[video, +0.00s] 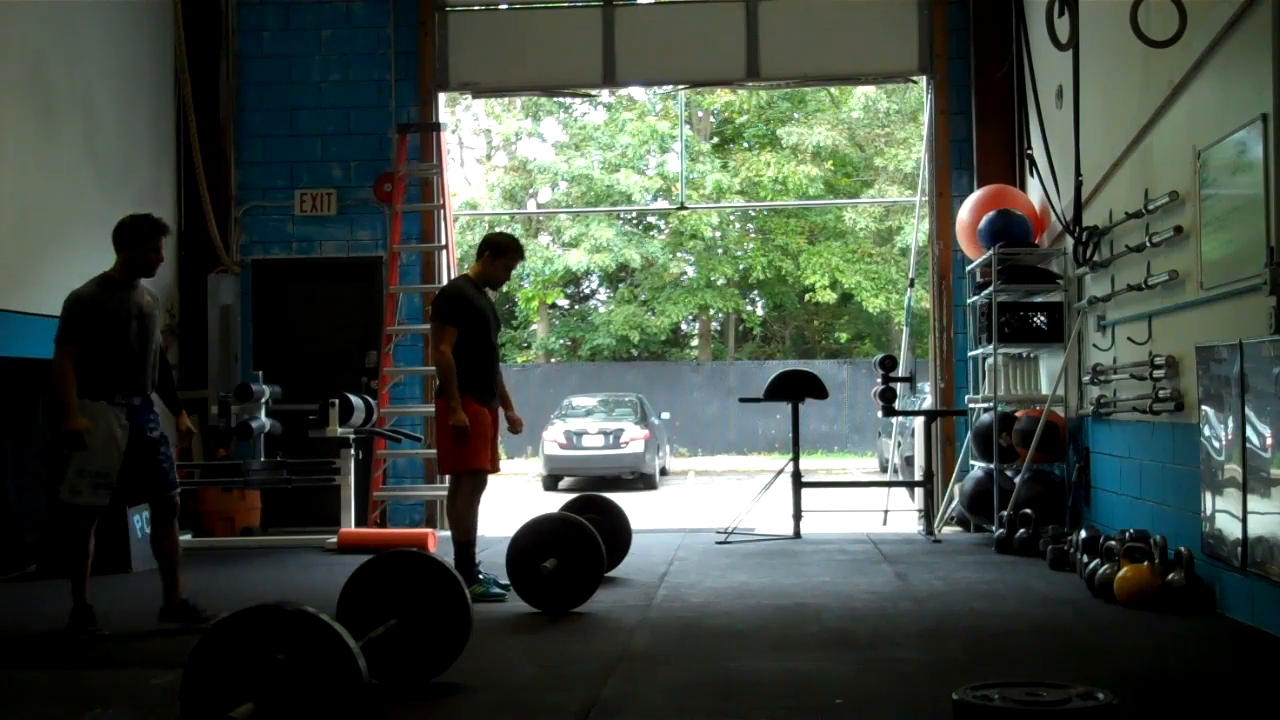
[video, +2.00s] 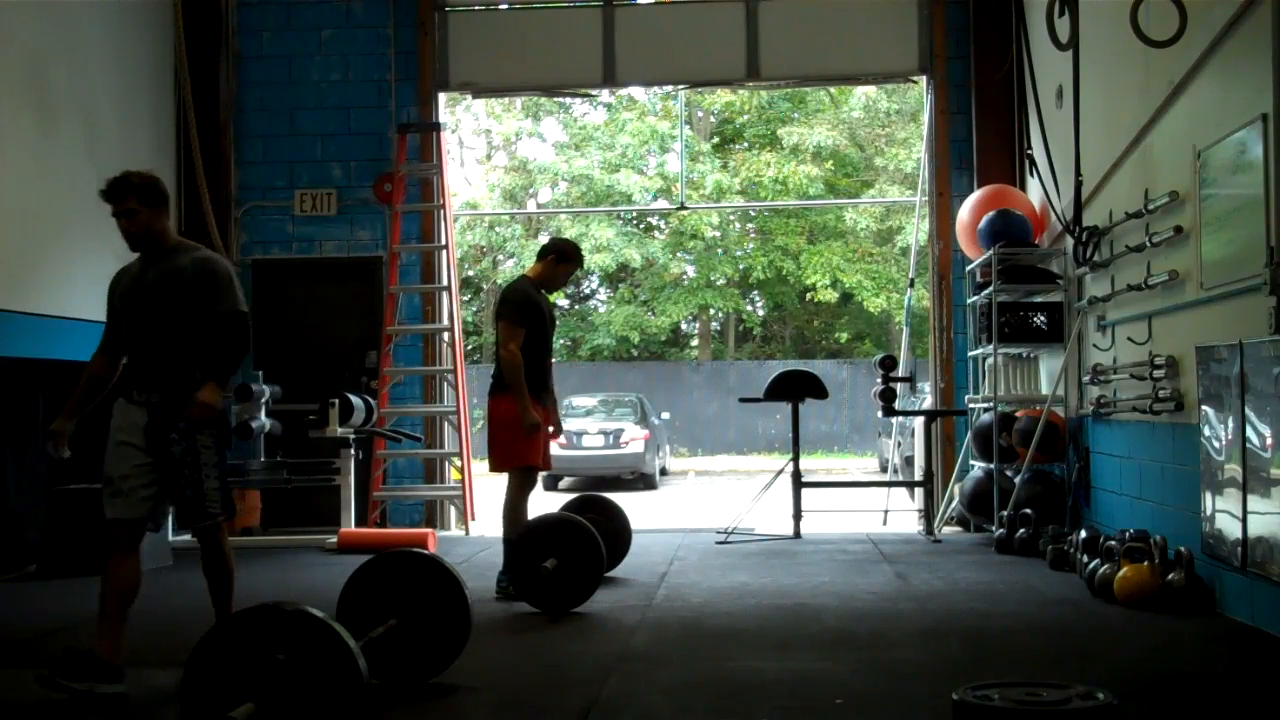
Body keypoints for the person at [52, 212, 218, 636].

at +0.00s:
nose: (161, 257)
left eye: (162, 249)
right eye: (155, 249)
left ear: (142, 251)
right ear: (130, 249)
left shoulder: (151, 302)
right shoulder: (85, 299)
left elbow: (158, 366)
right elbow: (63, 360)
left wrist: (179, 413)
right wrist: (72, 414)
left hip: (144, 417)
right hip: (96, 419)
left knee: (166, 505)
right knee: (88, 514)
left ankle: (174, 601)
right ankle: (80, 607)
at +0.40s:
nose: (219, 255)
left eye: (221, 248)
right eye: (212, 247)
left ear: (220, 252)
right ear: (189, 246)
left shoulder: (212, 301)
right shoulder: (147, 293)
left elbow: (221, 365)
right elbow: (123, 355)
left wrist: (229, 416)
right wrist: (134, 408)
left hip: (199, 414)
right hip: (157, 412)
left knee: (193, 513)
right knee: (154, 508)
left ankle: (198, 605)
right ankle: (116, 590)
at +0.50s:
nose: (225, 255)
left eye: (229, 247)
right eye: (218, 247)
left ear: (230, 248)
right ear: (196, 245)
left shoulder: (226, 298)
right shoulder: (157, 292)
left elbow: (241, 361)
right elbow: (129, 358)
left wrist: (260, 409)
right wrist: (135, 411)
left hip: (210, 413)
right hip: (165, 410)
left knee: (201, 511)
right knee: (173, 505)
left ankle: (200, 604)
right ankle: (158, 597)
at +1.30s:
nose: (213, 228)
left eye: (220, 220)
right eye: (204, 221)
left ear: (235, 225)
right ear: (191, 229)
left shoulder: (262, 280)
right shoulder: (173, 286)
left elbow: (291, 346)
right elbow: (157, 355)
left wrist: (318, 402)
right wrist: (171, 405)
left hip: (255, 412)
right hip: (202, 416)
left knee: (261, 516)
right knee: (222, 523)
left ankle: (273, 608)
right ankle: (239, 610)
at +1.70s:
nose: (180, 223)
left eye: (188, 213)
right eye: (173, 215)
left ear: (212, 210)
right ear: (165, 219)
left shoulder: (252, 273)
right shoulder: (156, 278)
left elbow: (285, 348)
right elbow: (128, 351)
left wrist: (305, 408)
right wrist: (94, 411)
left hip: (232, 412)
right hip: (171, 411)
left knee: (229, 524)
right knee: (151, 515)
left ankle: (229, 625)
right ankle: (199, 594)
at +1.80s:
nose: (163, 222)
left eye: (171, 212)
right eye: (156, 214)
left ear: (198, 208)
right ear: (152, 218)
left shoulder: (245, 269)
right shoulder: (151, 277)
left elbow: (275, 341)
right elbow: (123, 349)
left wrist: (279, 397)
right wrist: (82, 408)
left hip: (226, 414)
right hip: (163, 413)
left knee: (225, 529)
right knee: (134, 516)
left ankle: (228, 630)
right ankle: (166, 624)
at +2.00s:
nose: (122, 226)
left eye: (129, 215)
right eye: (118, 217)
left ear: (157, 211)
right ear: (121, 220)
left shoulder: (210, 270)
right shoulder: (125, 281)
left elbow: (237, 337)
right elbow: (108, 355)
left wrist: (215, 385)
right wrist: (71, 415)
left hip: (194, 418)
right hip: (135, 419)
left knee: (210, 533)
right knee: (122, 535)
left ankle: (225, 637)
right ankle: (108, 655)